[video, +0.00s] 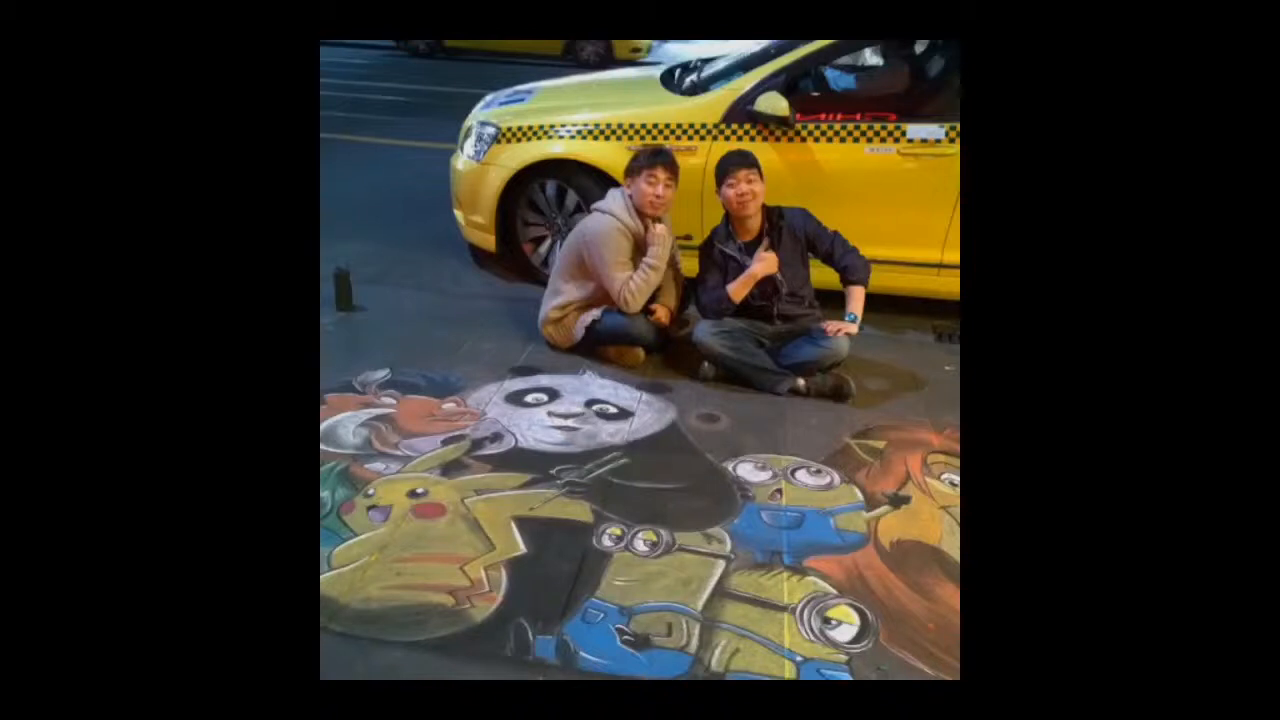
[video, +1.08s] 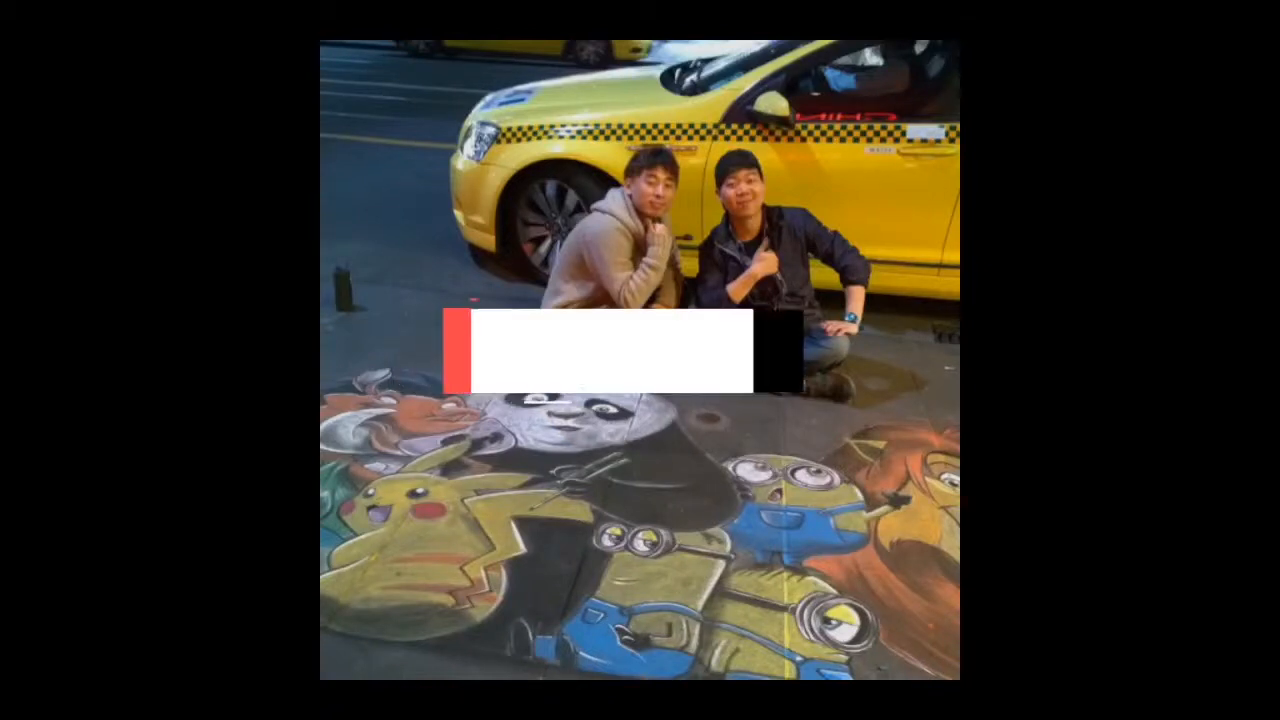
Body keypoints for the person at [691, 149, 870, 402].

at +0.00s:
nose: (743, 191)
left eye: (750, 181)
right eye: (732, 185)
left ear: (763, 187)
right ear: (720, 195)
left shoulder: (794, 222)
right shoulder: (714, 246)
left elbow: (853, 262)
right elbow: (709, 308)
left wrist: (851, 320)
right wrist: (753, 274)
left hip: (799, 327)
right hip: (747, 328)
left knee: (837, 344)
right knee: (704, 334)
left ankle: (733, 373)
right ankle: (798, 386)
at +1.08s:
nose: (743, 191)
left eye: (750, 181)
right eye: (732, 185)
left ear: (763, 187)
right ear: (720, 195)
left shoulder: (795, 222)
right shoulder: (713, 246)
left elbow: (853, 262)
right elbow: (708, 307)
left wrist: (851, 319)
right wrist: (752, 275)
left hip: (799, 324)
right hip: (743, 329)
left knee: (837, 344)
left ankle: (751, 372)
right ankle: (806, 387)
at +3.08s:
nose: (743, 190)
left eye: (750, 181)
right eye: (732, 184)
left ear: (763, 184)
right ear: (721, 192)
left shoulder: (791, 220)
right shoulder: (716, 230)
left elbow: (853, 262)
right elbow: (707, 303)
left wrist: (851, 319)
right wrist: (751, 276)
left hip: (800, 325)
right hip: (747, 324)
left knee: (837, 345)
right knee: (708, 333)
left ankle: (732, 371)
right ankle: (798, 386)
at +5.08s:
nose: (743, 191)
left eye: (750, 181)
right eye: (732, 185)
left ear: (763, 187)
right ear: (720, 195)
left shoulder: (795, 222)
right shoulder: (714, 246)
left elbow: (853, 263)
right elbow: (710, 310)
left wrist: (849, 321)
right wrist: (753, 274)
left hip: (800, 329)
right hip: (747, 329)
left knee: (838, 346)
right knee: (704, 334)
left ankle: (733, 372)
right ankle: (797, 386)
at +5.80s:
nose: (742, 190)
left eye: (750, 181)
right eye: (732, 184)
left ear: (763, 187)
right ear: (720, 195)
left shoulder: (795, 222)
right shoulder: (713, 245)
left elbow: (853, 262)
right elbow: (709, 301)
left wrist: (852, 320)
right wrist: (753, 273)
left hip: (799, 329)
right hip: (744, 333)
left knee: (837, 346)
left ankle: (749, 370)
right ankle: (799, 386)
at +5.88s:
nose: (743, 190)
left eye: (750, 181)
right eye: (733, 184)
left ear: (763, 186)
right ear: (720, 191)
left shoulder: (792, 221)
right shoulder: (713, 231)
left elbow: (853, 262)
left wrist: (851, 320)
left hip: (792, 326)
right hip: (735, 331)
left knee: (839, 344)